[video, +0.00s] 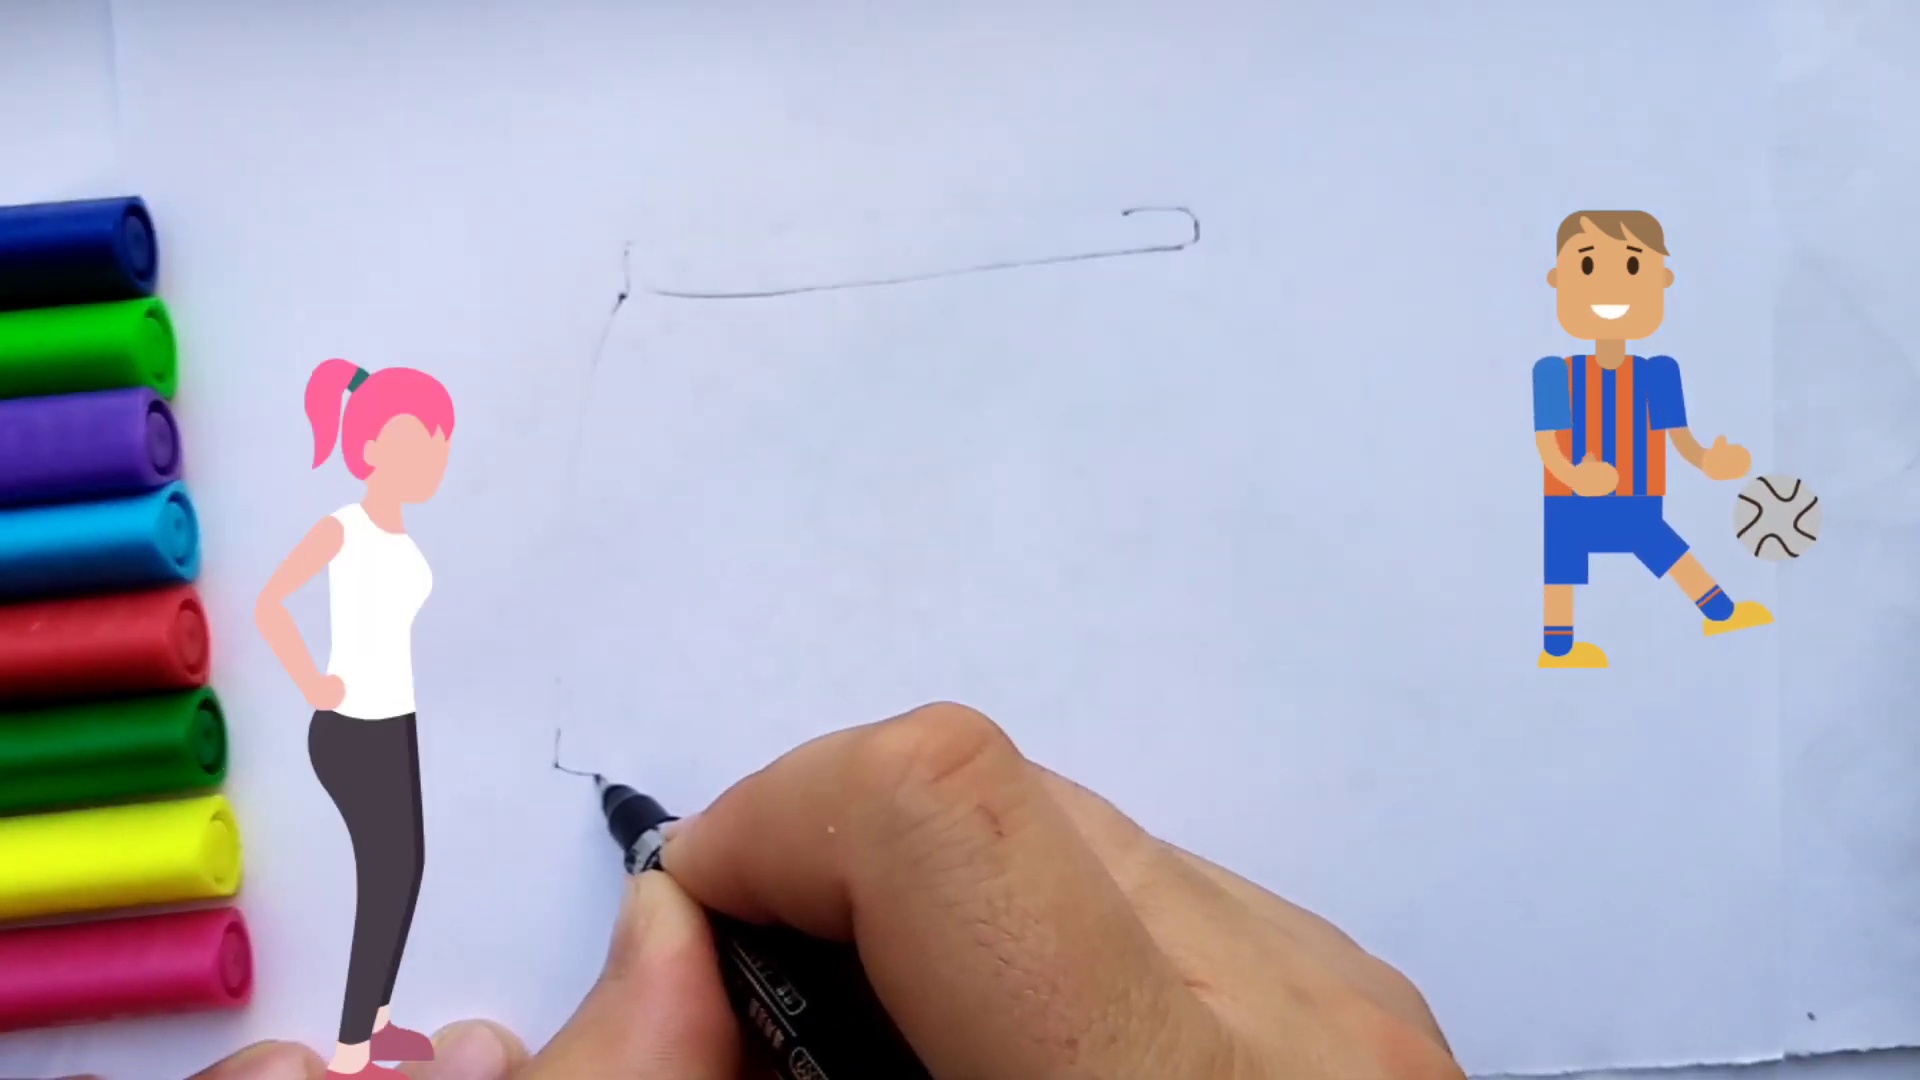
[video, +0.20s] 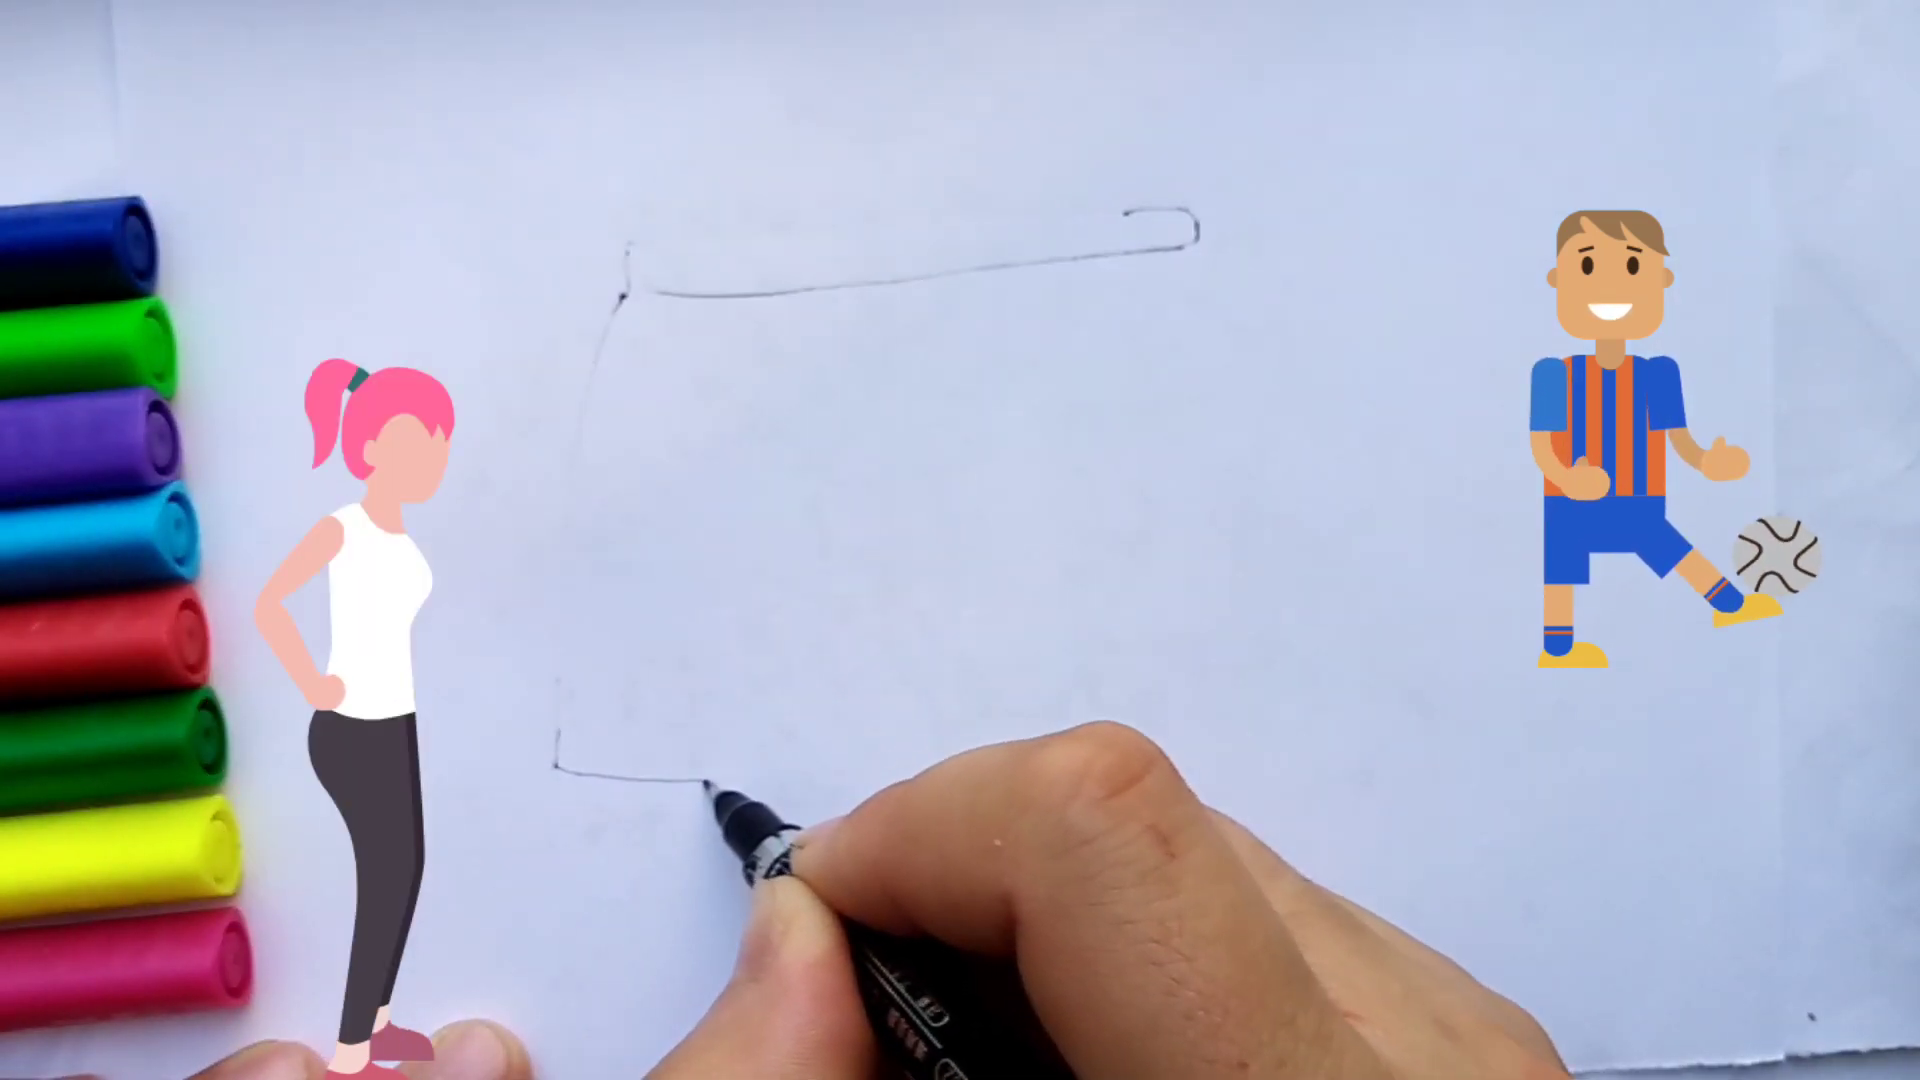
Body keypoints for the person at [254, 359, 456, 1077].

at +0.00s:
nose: (435, 457)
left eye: (439, 440)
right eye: (419, 438)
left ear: (441, 450)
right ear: (375, 447)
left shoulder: (404, 536)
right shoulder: (344, 528)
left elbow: (385, 623)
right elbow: (269, 605)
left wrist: (396, 687)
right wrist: (312, 684)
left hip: (397, 731)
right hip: (353, 733)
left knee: (406, 869)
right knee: (387, 875)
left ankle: (374, 1021)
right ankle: (349, 1049)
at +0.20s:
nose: (436, 455)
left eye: (439, 439)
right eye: (421, 437)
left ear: (441, 449)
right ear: (374, 447)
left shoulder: (404, 536)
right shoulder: (344, 528)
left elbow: (385, 624)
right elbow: (269, 606)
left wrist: (396, 688)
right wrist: (312, 684)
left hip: (397, 731)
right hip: (353, 733)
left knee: (406, 870)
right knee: (387, 876)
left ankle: (374, 1020)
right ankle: (349, 1050)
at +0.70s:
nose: (438, 455)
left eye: (440, 439)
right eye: (422, 437)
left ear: (439, 450)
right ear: (375, 446)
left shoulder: (404, 535)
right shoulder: (343, 528)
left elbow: (386, 623)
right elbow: (269, 605)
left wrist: (396, 686)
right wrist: (312, 684)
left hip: (398, 730)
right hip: (353, 731)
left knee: (406, 871)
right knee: (387, 876)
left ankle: (375, 1020)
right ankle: (350, 1049)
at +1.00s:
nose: (406, 586)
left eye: (406, 570)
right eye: (391, 569)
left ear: (401, 579)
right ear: (346, 578)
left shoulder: (362, 662)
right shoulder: (311, 656)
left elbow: (321, 738)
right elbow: (213, 712)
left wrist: (317, 798)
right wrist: (250, 791)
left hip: (307, 842)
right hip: (263, 851)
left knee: (391, 865)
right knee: (392, 872)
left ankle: (339, 1021)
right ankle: (350, 1056)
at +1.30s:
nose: (435, 456)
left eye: (439, 440)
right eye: (419, 438)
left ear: (441, 450)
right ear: (374, 447)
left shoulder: (404, 536)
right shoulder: (344, 528)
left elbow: (384, 623)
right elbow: (269, 606)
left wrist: (395, 687)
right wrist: (312, 684)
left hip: (397, 731)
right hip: (353, 733)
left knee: (406, 869)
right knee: (387, 876)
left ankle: (374, 1018)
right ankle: (349, 1052)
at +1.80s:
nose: (439, 455)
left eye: (441, 440)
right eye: (424, 437)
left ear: (438, 450)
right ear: (376, 446)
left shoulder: (403, 534)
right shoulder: (344, 528)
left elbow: (383, 622)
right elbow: (268, 605)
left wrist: (393, 685)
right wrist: (312, 684)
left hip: (397, 730)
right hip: (354, 732)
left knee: (405, 873)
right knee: (387, 878)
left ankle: (375, 1021)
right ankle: (349, 1051)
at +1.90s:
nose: (438, 456)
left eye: (441, 440)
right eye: (423, 438)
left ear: (439, 450)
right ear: (375, 446)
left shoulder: (403, 534)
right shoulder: (344, 528)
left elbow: (383, 623)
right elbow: (268, 605)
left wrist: (393, 685)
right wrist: (312, 684)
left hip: (397, 730)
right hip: (354, 732)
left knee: (405, 873)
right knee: (387, 878)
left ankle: (375, 1020)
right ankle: (349, 1050)